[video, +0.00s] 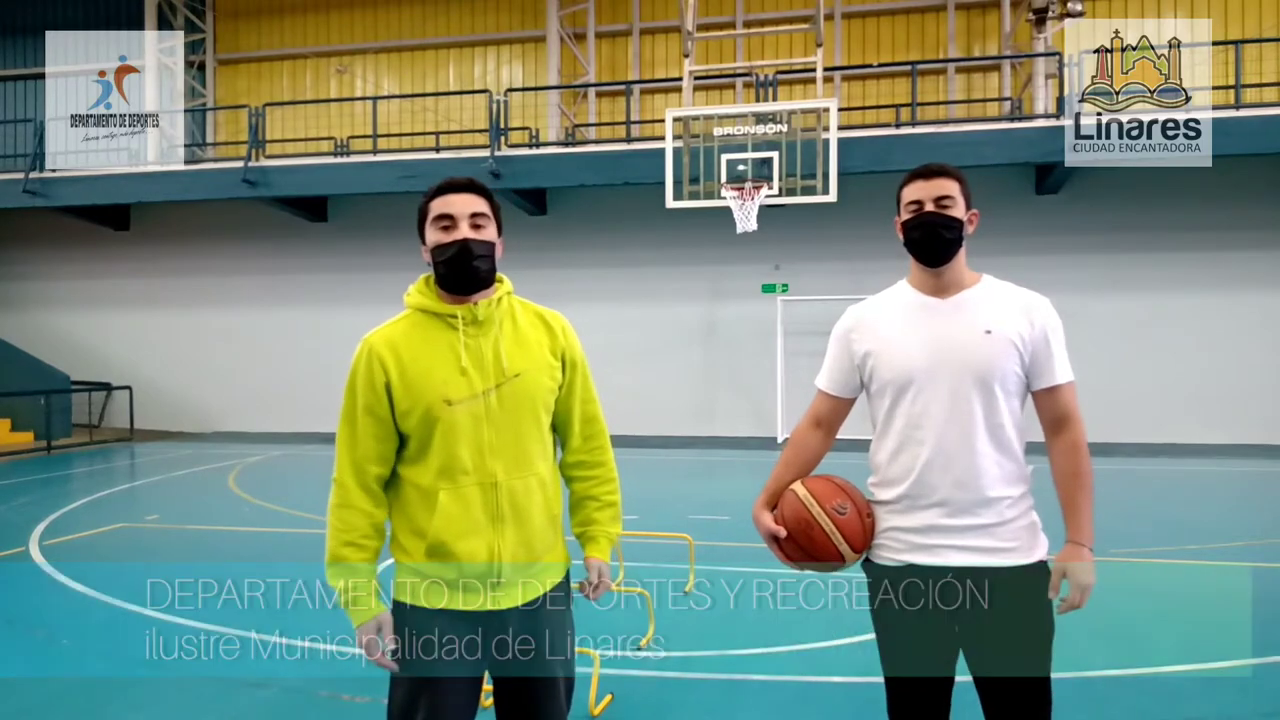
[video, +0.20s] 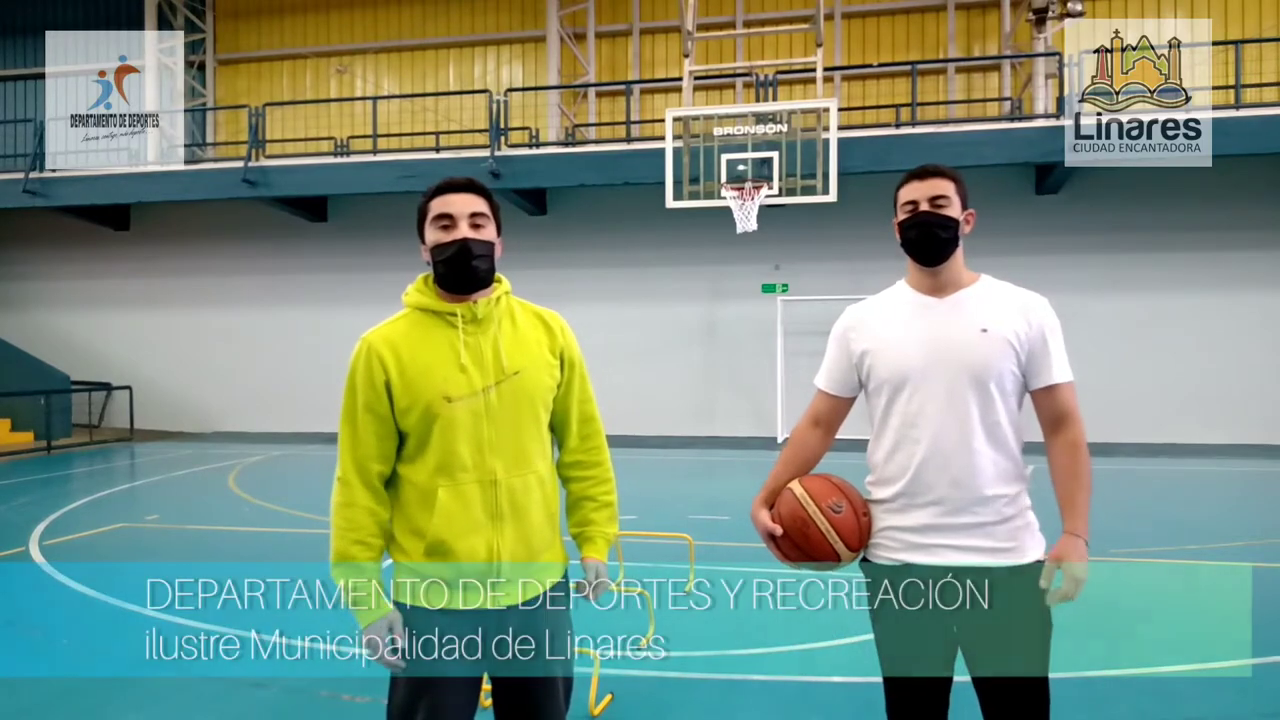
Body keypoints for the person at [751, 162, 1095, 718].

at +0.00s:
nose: (929, 215)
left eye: (944, 204)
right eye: (914, 208)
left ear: (971, 220)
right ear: (898, 229)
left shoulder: (1027, 314)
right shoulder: (863, 324)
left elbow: (1064, 429)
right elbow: (818, 425)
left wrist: (1078, 542)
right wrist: (764, 502)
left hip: (1008, 563)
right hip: (904, 564)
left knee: (1021, 711)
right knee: (914, 712)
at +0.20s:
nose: (923, 214)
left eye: (938, 204)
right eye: (909, 208)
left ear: (967, 220)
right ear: (896, 230)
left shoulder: (1024, 313)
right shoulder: (861, 323)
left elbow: (1063, 427)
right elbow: (817, 425)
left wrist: (1075, 533)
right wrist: (764, 498)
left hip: (1005, 560)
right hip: (901, 562)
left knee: (1019, 711)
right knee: (913, 713)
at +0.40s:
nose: (915, 215)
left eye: (930, 204)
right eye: (901, 212)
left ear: (961, 219)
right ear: (891, 234)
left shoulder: (1021, 313)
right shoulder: (859, 324)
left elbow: (1066, 422)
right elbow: (815, 424)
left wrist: (1037, 435)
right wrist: (762, 494)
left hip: (998, 557)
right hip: (896, 557)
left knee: (1017, 710)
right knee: (909, 714)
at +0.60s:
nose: (908, 220)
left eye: (922, 208)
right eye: (894, 216)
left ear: (955, 220)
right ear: (886, 237)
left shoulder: (1012, 310)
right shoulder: (857, 325)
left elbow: (1060, 428)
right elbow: (813, 424)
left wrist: (1027, 355)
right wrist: (758, 491)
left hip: (990, 555)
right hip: (890, 555)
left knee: (1012, 710)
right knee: (905, 713)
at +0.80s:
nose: (900, 221)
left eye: (915, 209)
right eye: (887, 218)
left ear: (949, 222)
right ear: (880, 238)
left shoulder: (1003, 310)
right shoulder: (853, 324)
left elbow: (1053, 421)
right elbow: (812, 425)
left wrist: (1016, 348)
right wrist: (761, 489)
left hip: (983, 553)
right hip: (885, 554)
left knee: (1005, 710)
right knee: (902, 711)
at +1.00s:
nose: (946, 239)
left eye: (958, 230)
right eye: (929, 232)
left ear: (976, 250)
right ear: (910, 253)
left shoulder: (1020, 323)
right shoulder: (875, 344)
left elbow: (1102, 397)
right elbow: (855, 455)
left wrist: (1042, 406)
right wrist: (853, 544)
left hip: (1010, 547)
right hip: (915, 550)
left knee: (1022, 691)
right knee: (915, 696)